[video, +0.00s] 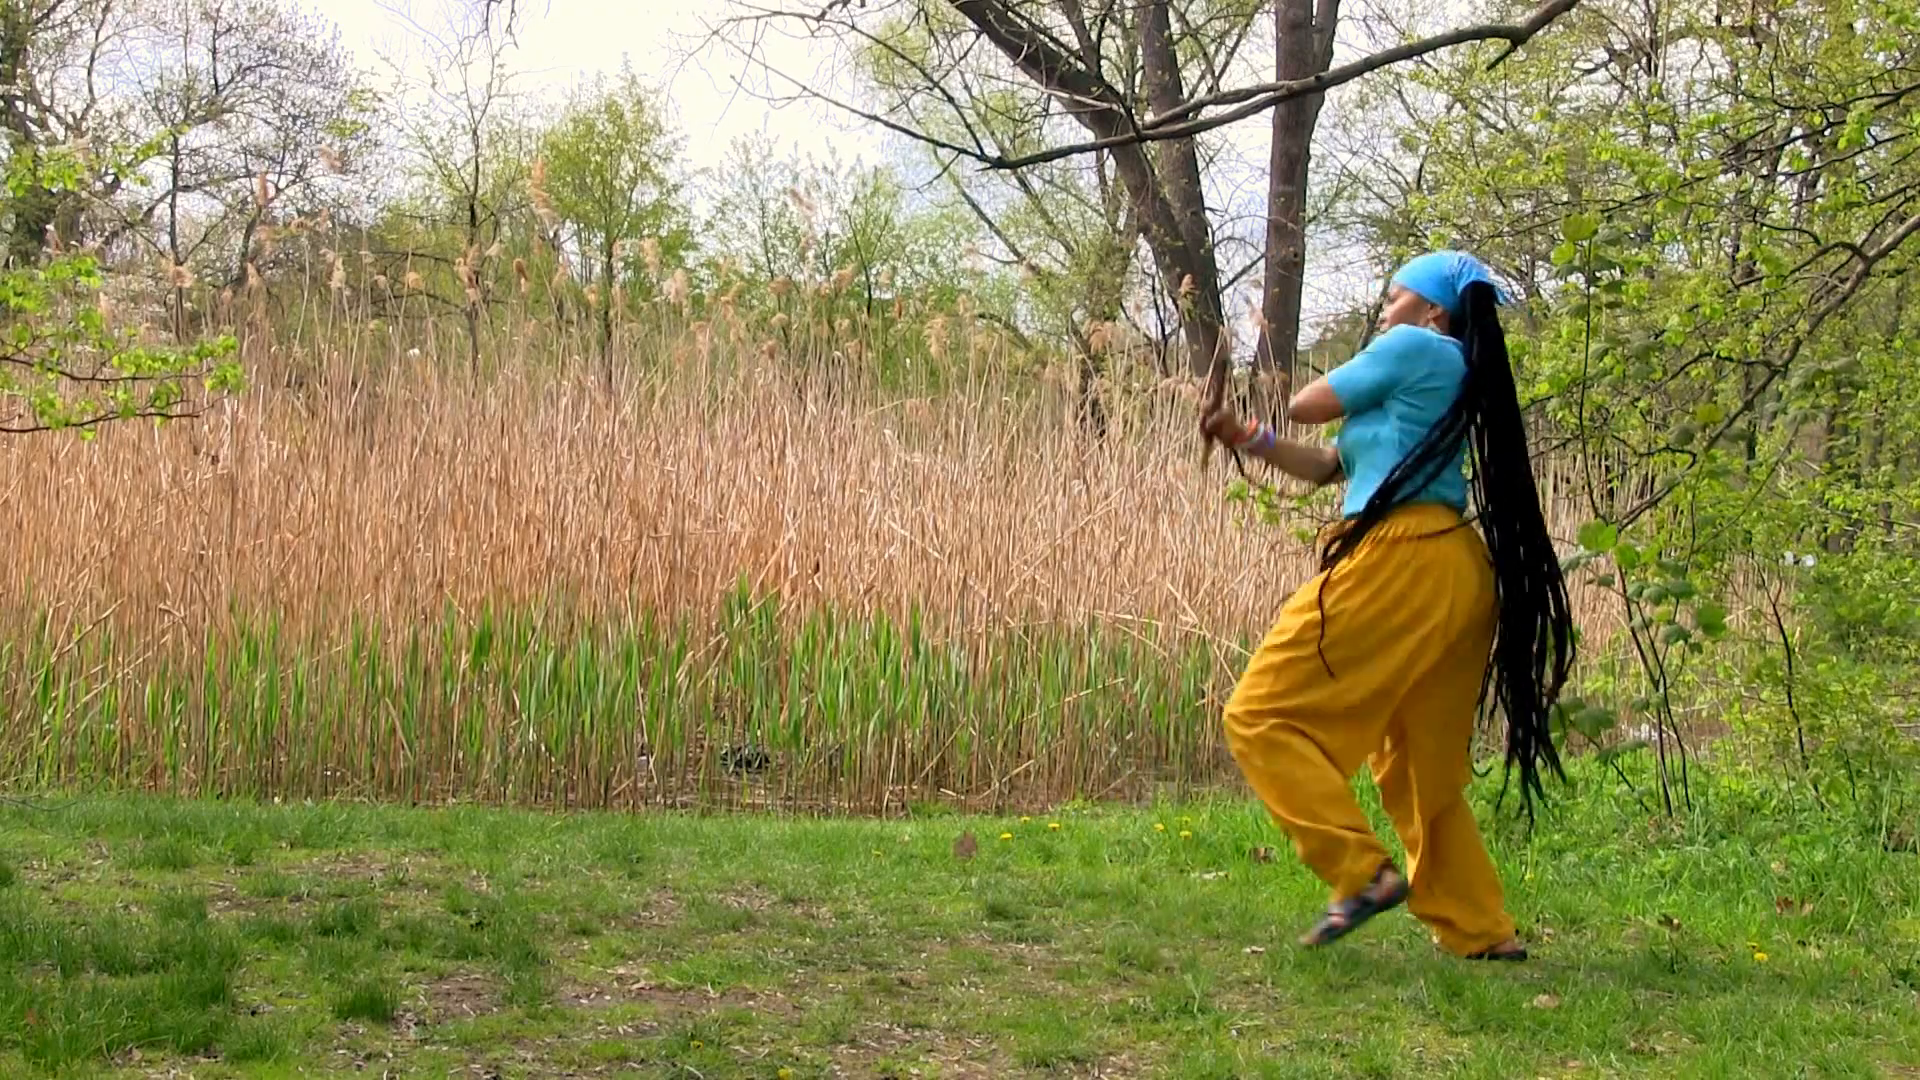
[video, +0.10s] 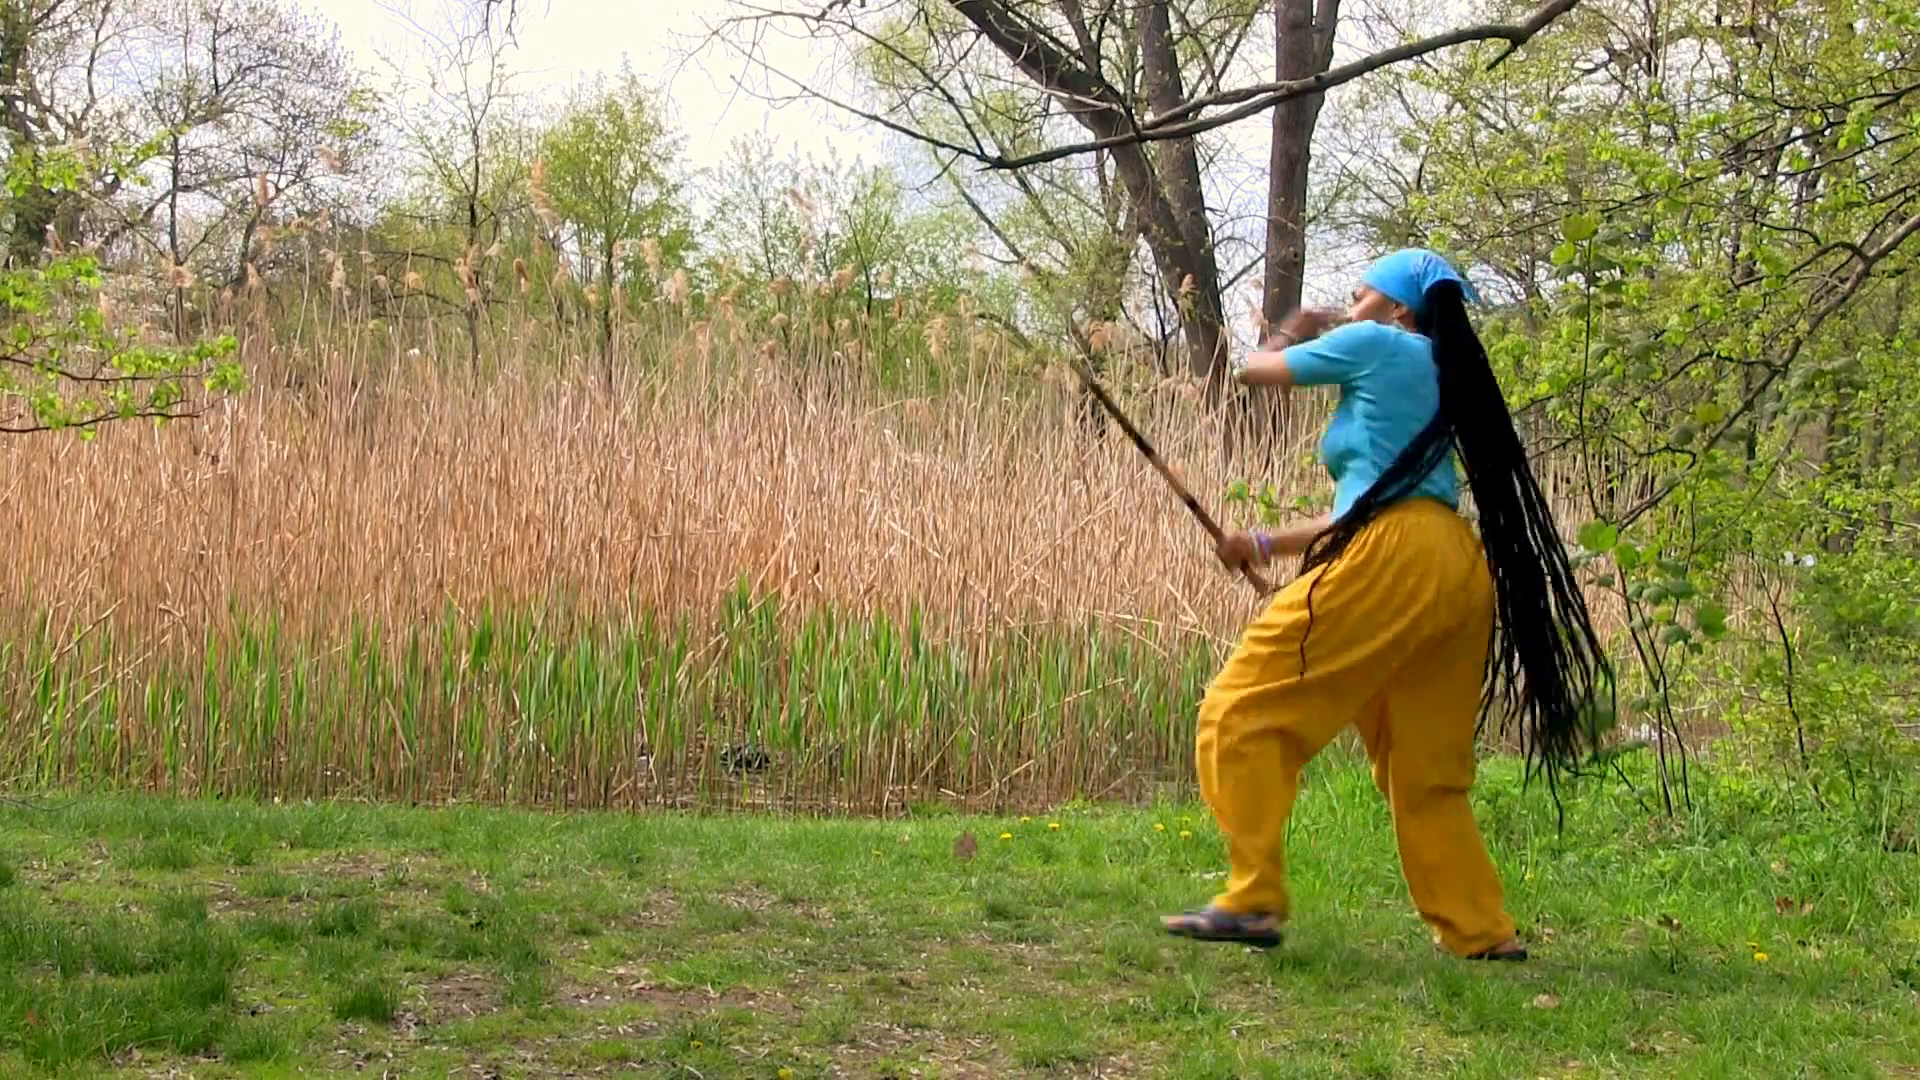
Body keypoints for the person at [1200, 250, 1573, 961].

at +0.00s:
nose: (1384, 306)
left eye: (1397, 295)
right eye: (1390, 294)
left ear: (1432, 306)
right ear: (1447, 313)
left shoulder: (1412, 345)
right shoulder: (1440, 375)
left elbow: (1304, 404)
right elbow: (1327, 464)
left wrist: (1349, 381)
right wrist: (1247, 435)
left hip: (1401, 557)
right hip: (1462, 566)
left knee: (1259, 715)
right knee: (1422, 766)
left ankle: (1360, 873)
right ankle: (1484, 934)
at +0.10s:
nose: (1356, 305)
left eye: (1368, 295)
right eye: (1361, 295)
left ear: (1401, 308)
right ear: (1418, 316)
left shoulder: (1379, 343)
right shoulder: (1433, 373)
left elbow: (1256, 367)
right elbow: (1369, 507)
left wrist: (1290, 330)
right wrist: (1265, 542)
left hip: (1394, 544)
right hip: (1462, 559)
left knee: (1241, 708)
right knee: (1427, 767)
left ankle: (1252, 899)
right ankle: (1485, 934)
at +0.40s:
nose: (1219, 303)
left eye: (1231, 294)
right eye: (1224, 292)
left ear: (1265, 313)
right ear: (1282, 316)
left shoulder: (1233, 363)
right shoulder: (1317, 380)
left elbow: (1134, 448)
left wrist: (1049, 492)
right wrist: (1209, 505)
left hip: (1260, 557)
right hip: (1336, 557)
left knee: (1142, 720)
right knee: (1377, 740)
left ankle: (1129, 917)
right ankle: (1461, 909)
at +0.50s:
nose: (1176, 295)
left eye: (1189, 284)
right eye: (1182, 280)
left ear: (1227, 300)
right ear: (1231, 301)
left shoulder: (1216, 360)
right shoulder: (1247, 361)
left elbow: (1173, 467)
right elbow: (1171, 477)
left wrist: (1084, 494)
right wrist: (1085, 503)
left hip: (1216, 557)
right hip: (1269, 552)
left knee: (1126, 728)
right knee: (1245, 743)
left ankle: (1128, 917)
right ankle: (1378, 851)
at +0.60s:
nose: (1139, 280)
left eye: (1154, 269)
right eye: (1144, 267)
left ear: (1195, 286)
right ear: (1183, 286)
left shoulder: (1218, 353)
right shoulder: (1161, 357)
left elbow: (1183, 474)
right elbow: (1118, 468)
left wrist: (1104, 453)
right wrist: (1055, 526)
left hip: (1200, 554)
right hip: (1150, 551)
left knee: (1126, 729)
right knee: (1075, 713)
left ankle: (1127, 919)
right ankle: (1213, 850)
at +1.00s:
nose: (1151, 263)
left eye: (1150, 250)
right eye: (1137, 250)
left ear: (1116, 263)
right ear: (1090, 258)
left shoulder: (1101, 333)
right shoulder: (1041, 317)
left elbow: (1059, 431)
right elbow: (980, 390)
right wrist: (953, 470)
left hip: (1070, 529)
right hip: (1002, 514)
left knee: (1092, 708)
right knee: (1007, 715)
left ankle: (914, 767)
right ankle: (973, 911)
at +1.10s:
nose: (1116, 266)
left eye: (1113, 252)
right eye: (1102, 252)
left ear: (1070, 267)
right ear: (1058, 262)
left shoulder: (1054, 336)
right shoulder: (1009, 315)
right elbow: (974, 393)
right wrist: (1001, 428)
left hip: (1037, 531)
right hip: (988, 515)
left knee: (1022, 714)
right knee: (996, 714)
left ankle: (842, 751)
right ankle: (968, 915)